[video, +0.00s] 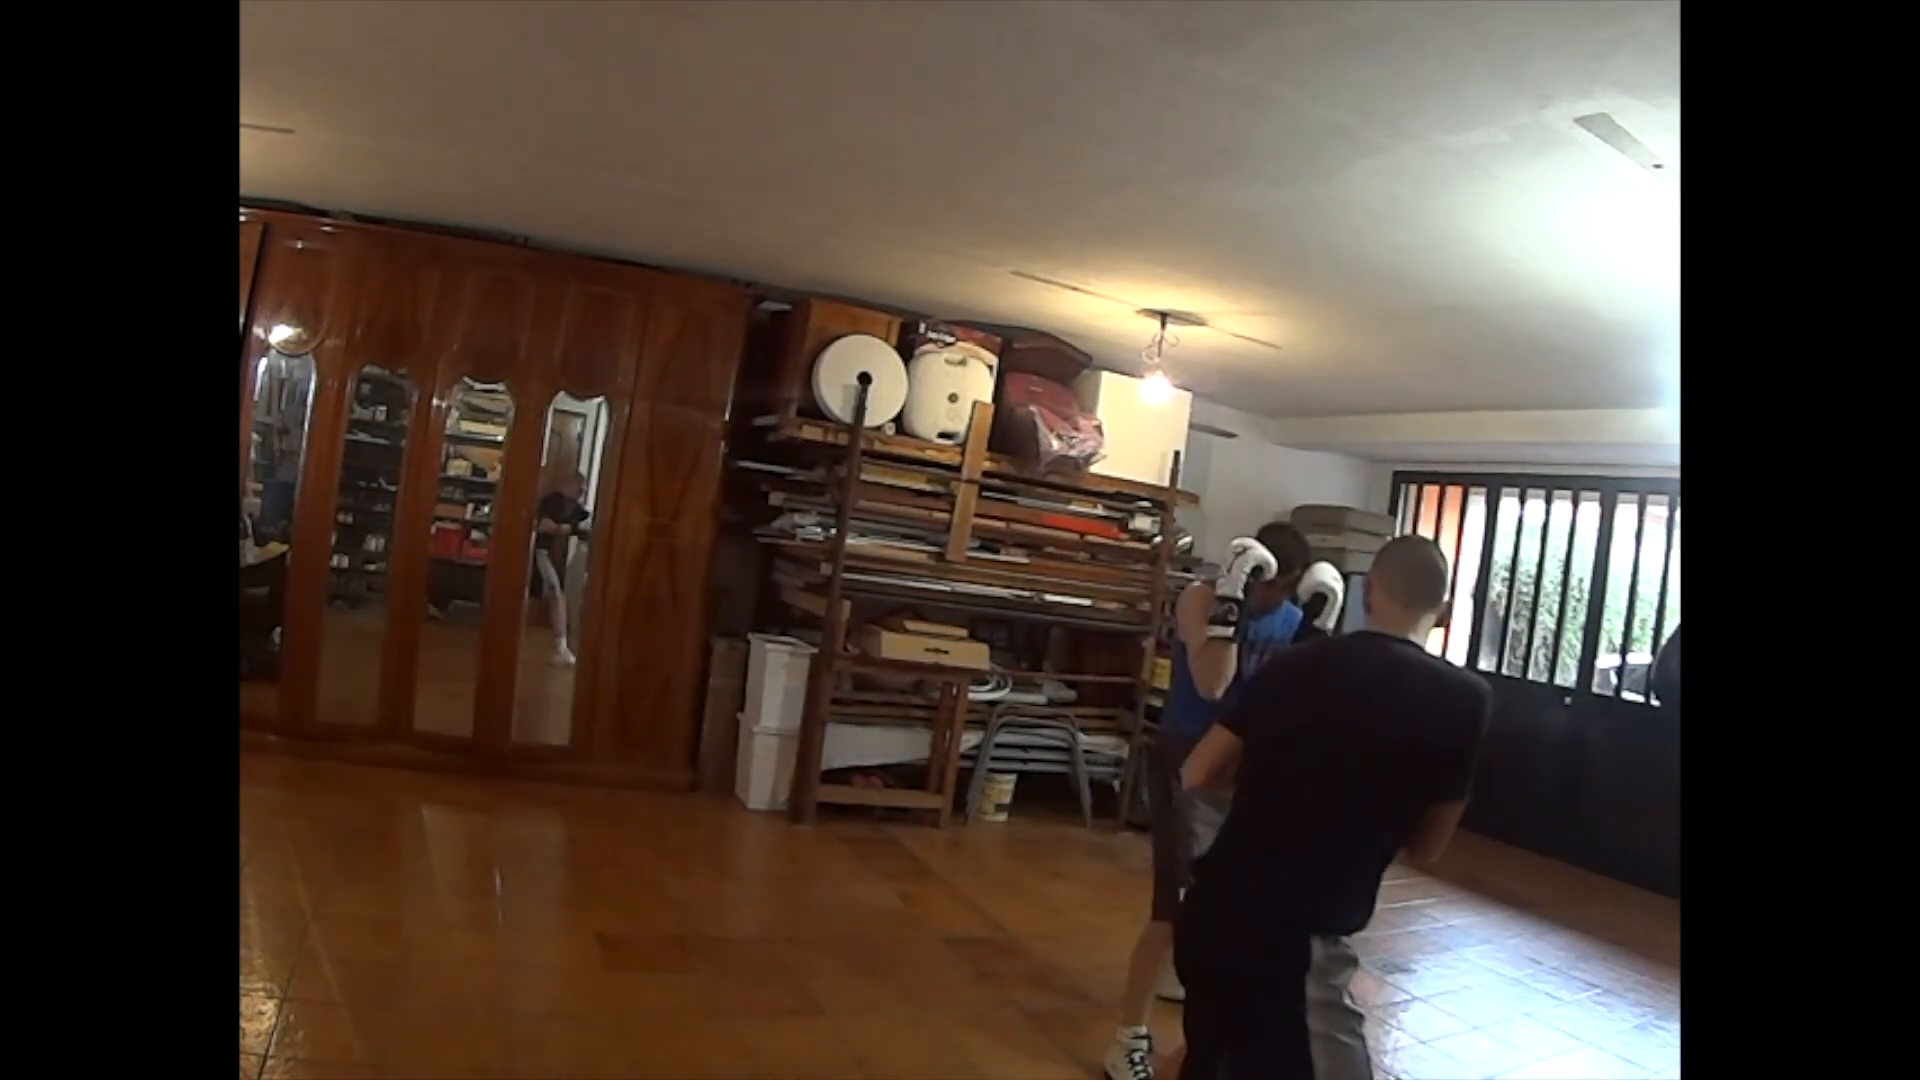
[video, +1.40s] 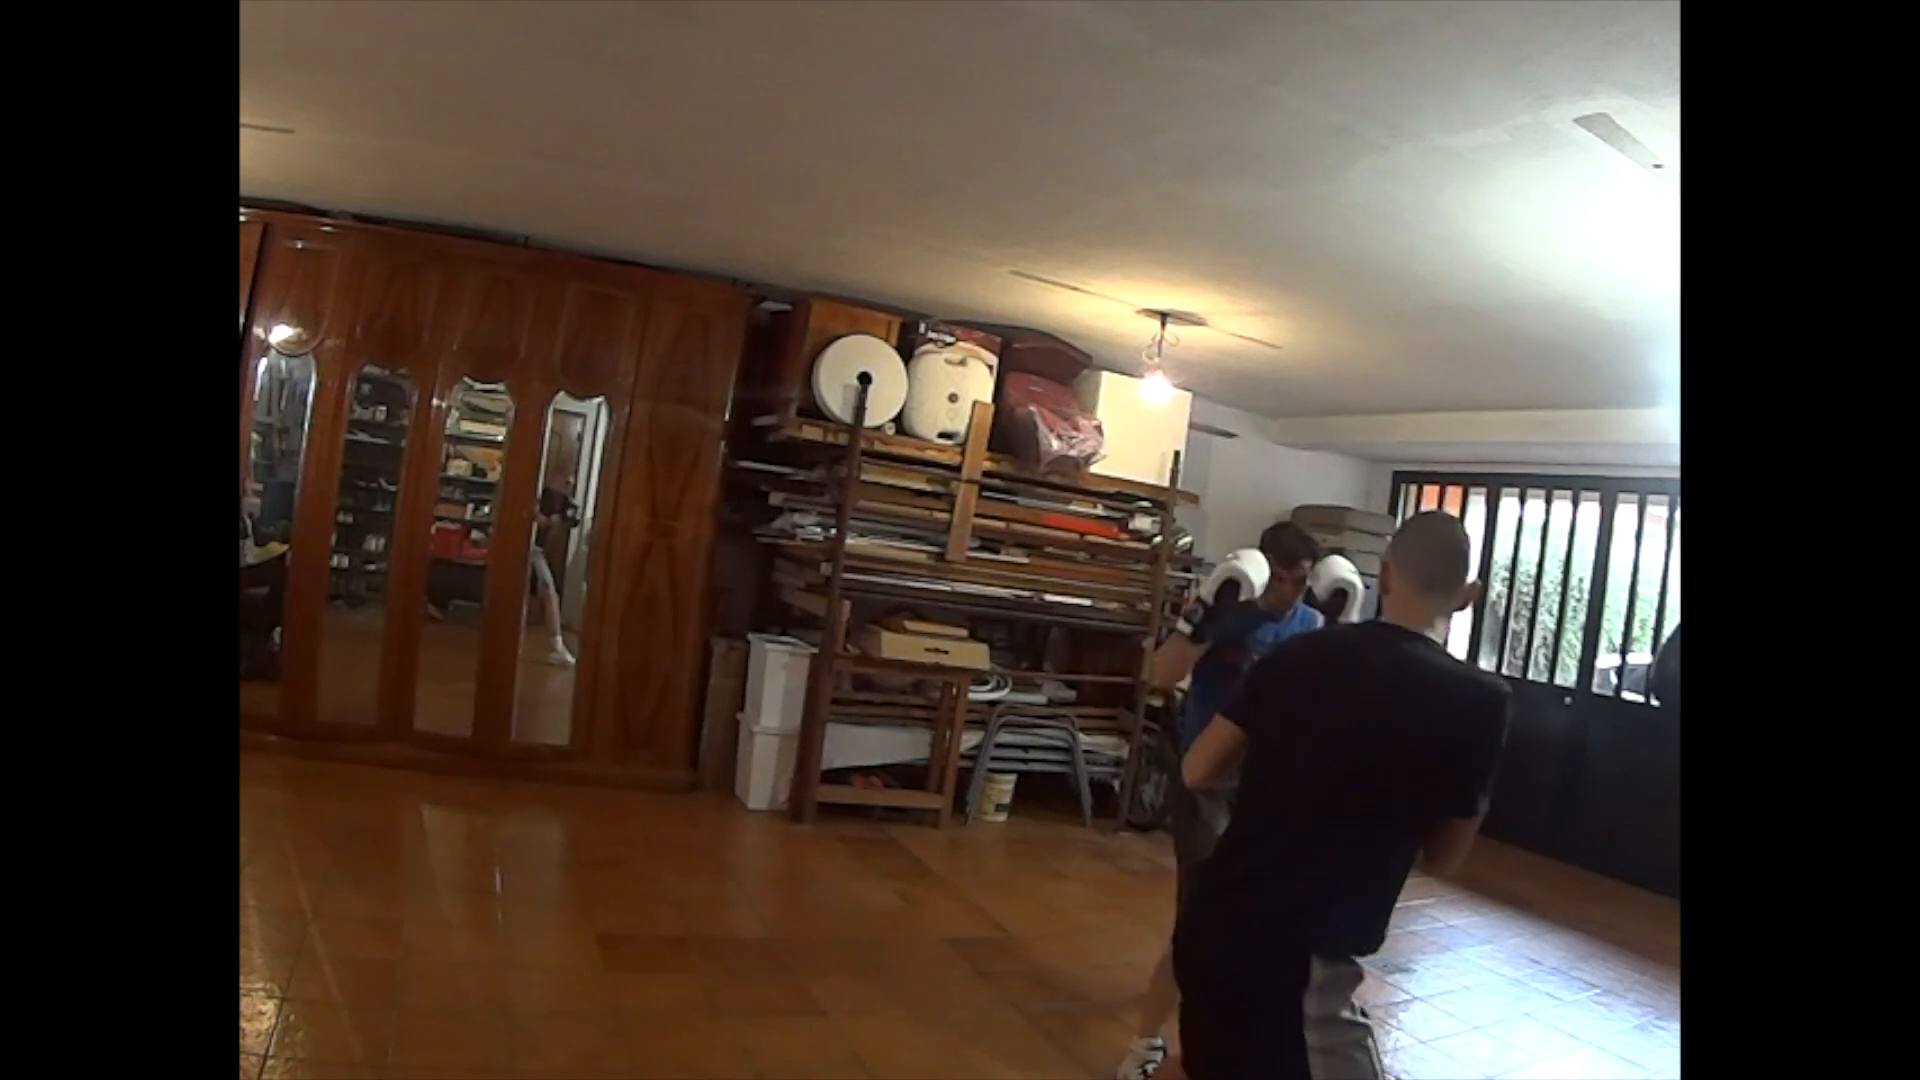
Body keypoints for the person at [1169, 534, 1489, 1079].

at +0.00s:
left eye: (1369, 588)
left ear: (1369, 593)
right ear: (1443, 613)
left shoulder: (1301, 662)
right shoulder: (1463, 697)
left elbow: (1197, 774)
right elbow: (1427, 850)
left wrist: (1274, 772)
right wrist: (1372, 796)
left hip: (1215, 913)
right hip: (1310, 945)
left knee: (1207, 1059)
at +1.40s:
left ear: (1384, 572)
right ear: (1467, 595)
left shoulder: (1298, 655)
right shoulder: (1479, 701)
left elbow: (1198, 770)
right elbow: (1444, 857)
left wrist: (1276, 774)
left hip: (1218, 927)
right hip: (1315, 963)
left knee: (1213, 1065)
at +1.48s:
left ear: (1375, 576)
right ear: (1455, 598)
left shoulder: (1299, 656)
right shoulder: (1474, 691)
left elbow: (1200, 777)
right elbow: (1445, 856)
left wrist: (1271, 786)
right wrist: (1388, 800)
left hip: (1213, 924)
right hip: (1311, 959)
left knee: (1213, 1057)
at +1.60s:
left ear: (1371, 591)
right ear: (1447, 610)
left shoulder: (1298, 663)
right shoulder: (1460, 701)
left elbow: (1199, 749)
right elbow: (1436, 858)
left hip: (1203, 937)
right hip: (1302, 965)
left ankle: (1202, 1061)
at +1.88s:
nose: (1397, 635)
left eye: (1399, 625)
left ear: (1403, 632)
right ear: (1490, 659)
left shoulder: (1305, 704)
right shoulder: (1493, 765)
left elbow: (1197, 823)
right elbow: (1443, 924)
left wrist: (1185, 768)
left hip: (1199, 994)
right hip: (1309, 1031)